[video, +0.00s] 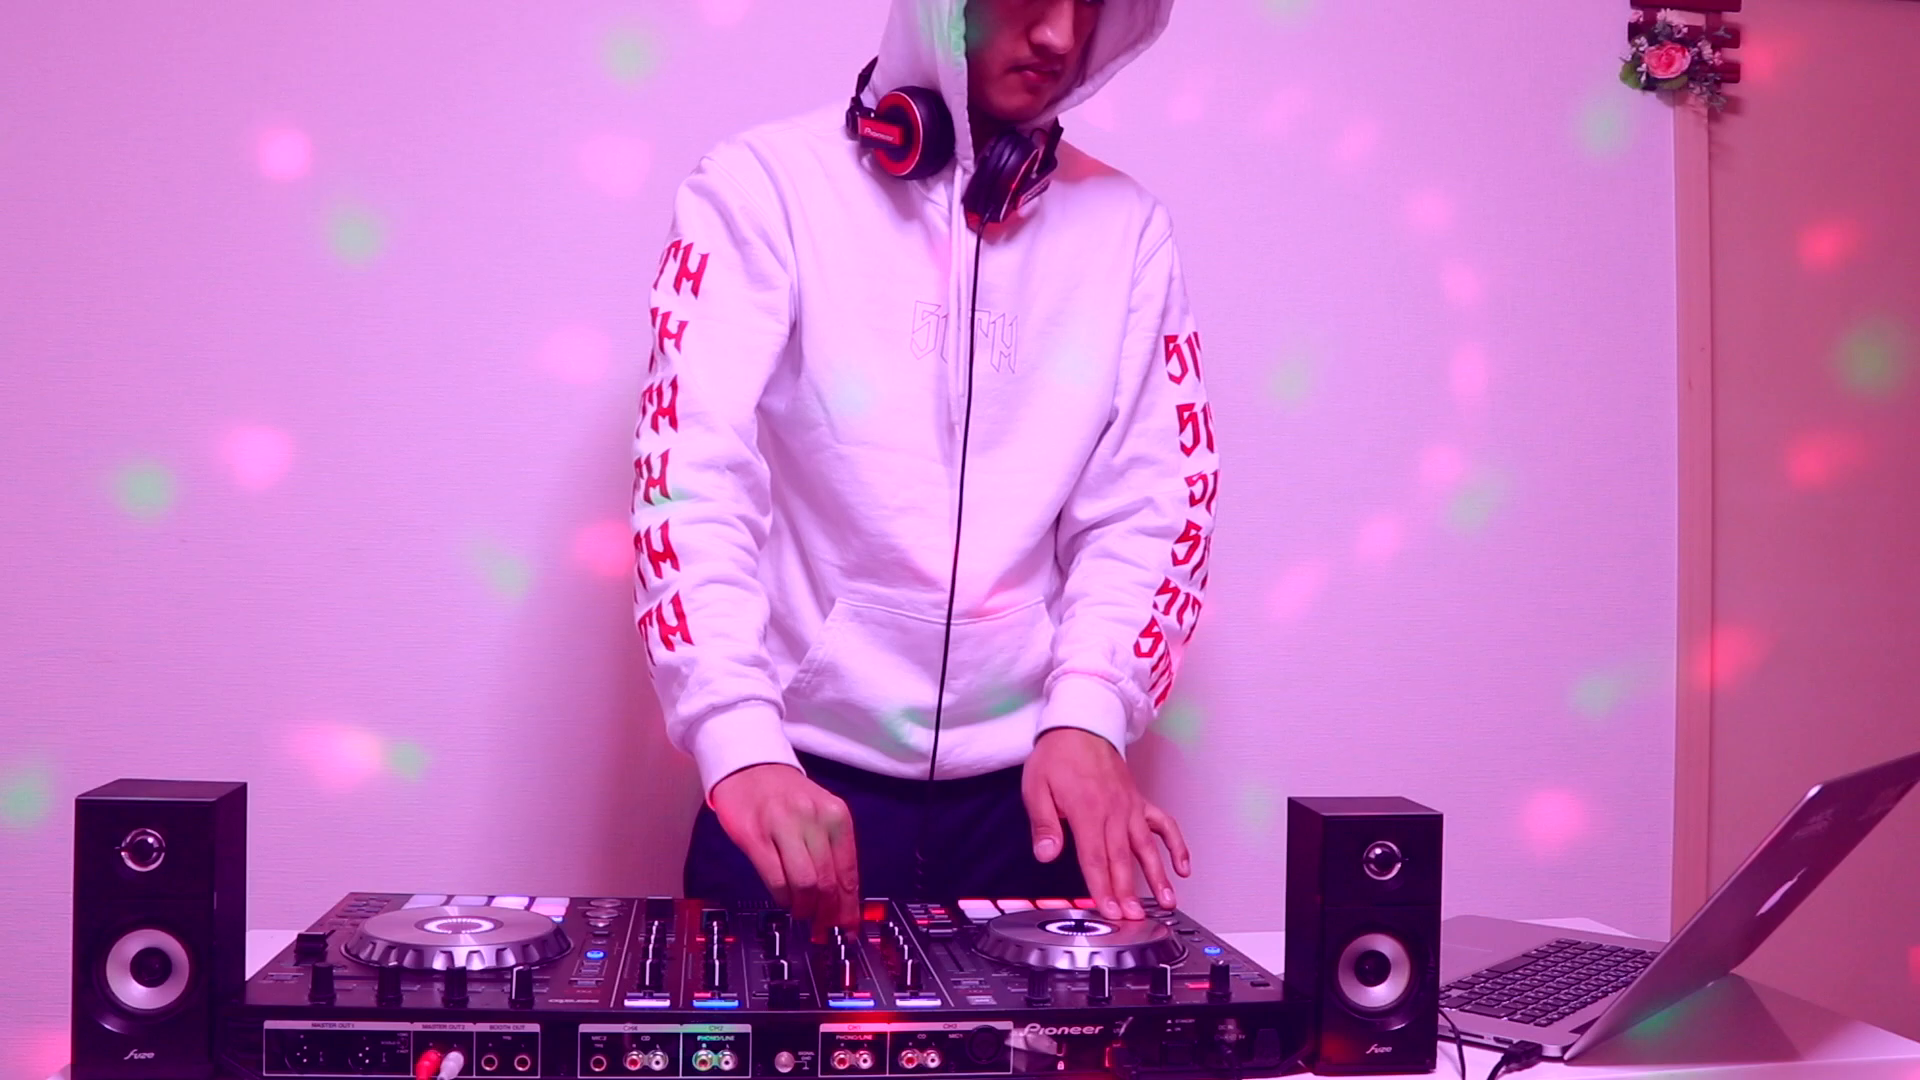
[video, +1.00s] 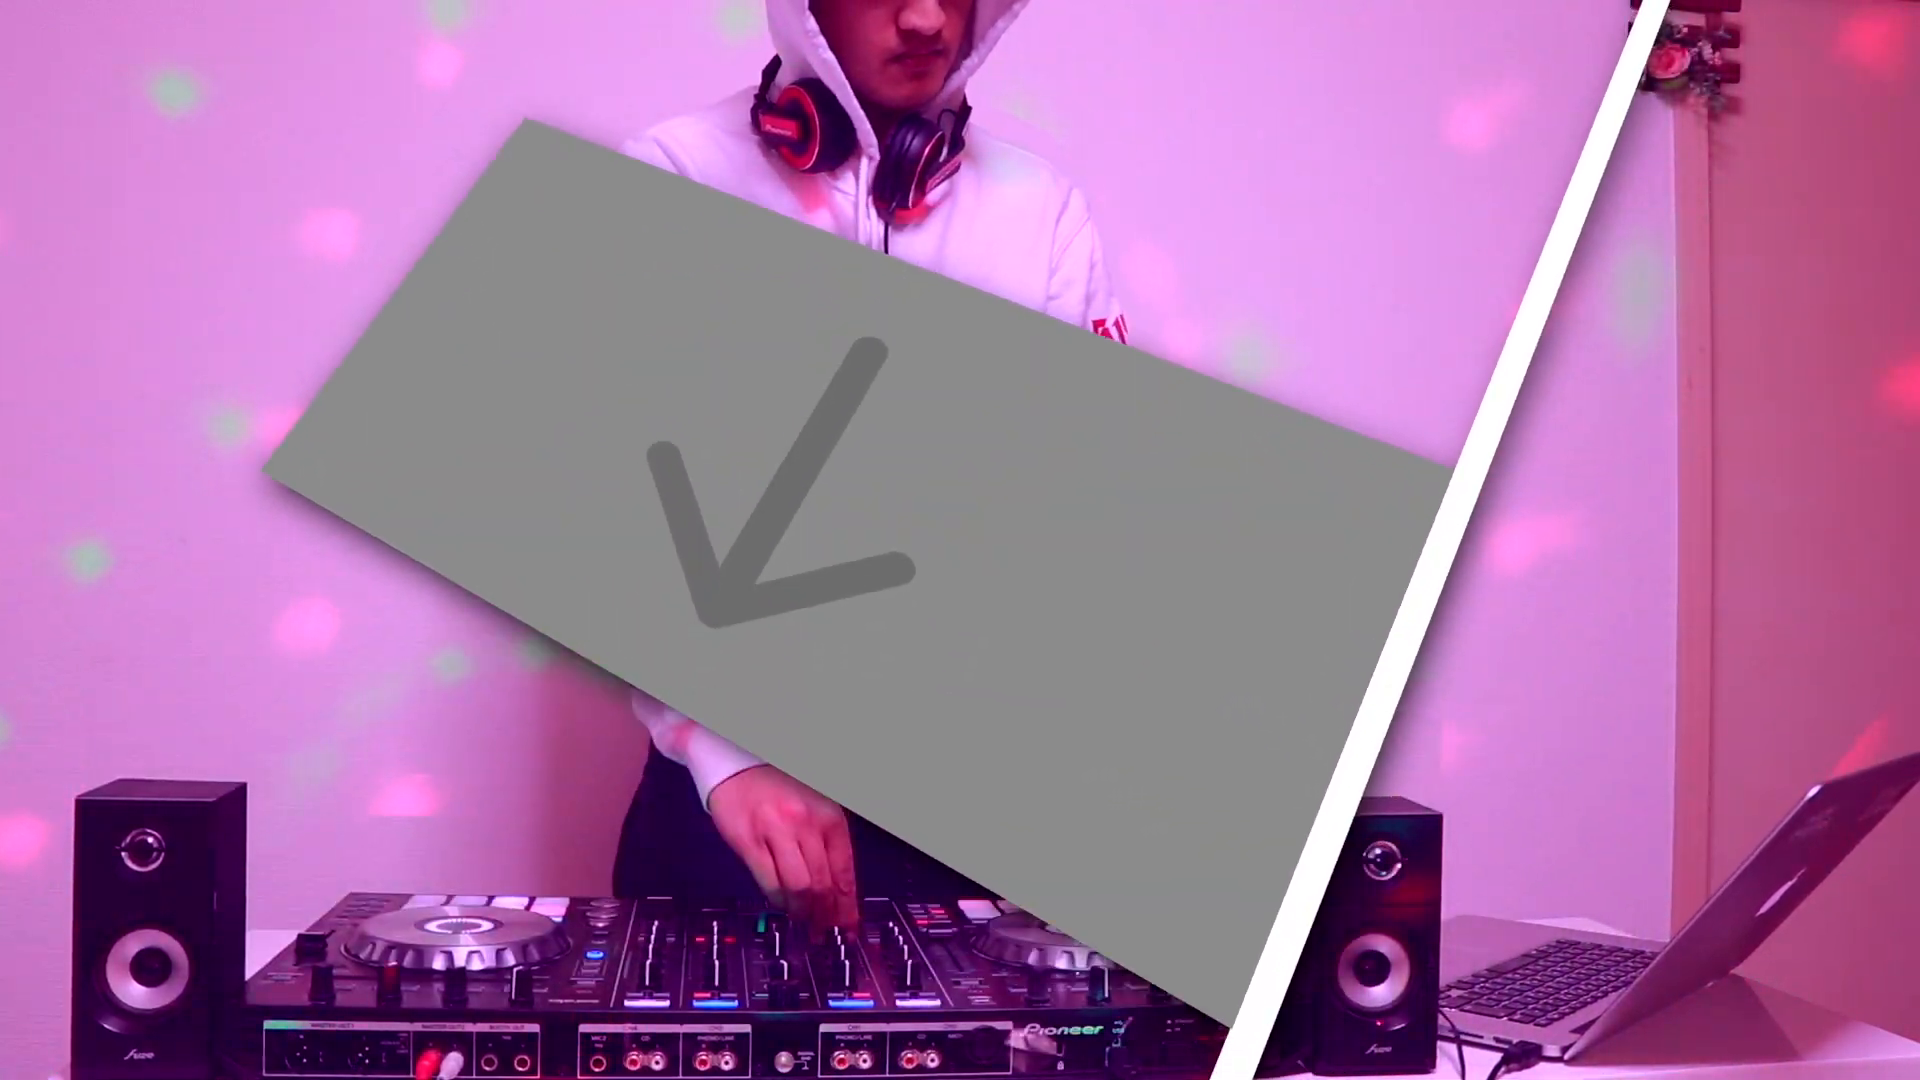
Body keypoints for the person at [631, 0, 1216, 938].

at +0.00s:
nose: (1059, 36)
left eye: (1087, 4)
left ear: (1109, 23)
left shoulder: (1125, 233)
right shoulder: (759, 194)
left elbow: (1152, 508)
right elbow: (691, 488)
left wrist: (1089, 716)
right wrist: (741, 747)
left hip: (1027, 807)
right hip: (802, 798)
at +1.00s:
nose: (928, 18)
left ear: (984, 10)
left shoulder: (1045, 215)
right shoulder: (679, 172)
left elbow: (1102, 520)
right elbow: (605, 502)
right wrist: (722, 753)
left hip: (957, 801)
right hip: (712, 789)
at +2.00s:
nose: (887, 3)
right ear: (799, 7)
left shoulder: (1093, 199)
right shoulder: (724, 199)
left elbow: (1151, 484)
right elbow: (701, 501)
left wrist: (1104, 708)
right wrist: (749, 747)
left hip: (1015, 798)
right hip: (772, 797)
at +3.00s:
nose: (900, 34)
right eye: (855, 11)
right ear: (824, 42)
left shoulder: (1170, 224)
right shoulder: (785, 235)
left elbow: (1237, 514)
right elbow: (753, 508)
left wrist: (1148, 713)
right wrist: (782, 739)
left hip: (1084, 746)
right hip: (846, 752)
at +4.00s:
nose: (828, 46)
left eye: (855, 6)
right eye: (782, 16)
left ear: (901, 19)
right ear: (724, 37)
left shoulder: (976, 188)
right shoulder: (651, 232)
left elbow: (1135, 334)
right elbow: (660, 479)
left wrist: (980, 132)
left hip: (971, 559)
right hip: (770, 582)